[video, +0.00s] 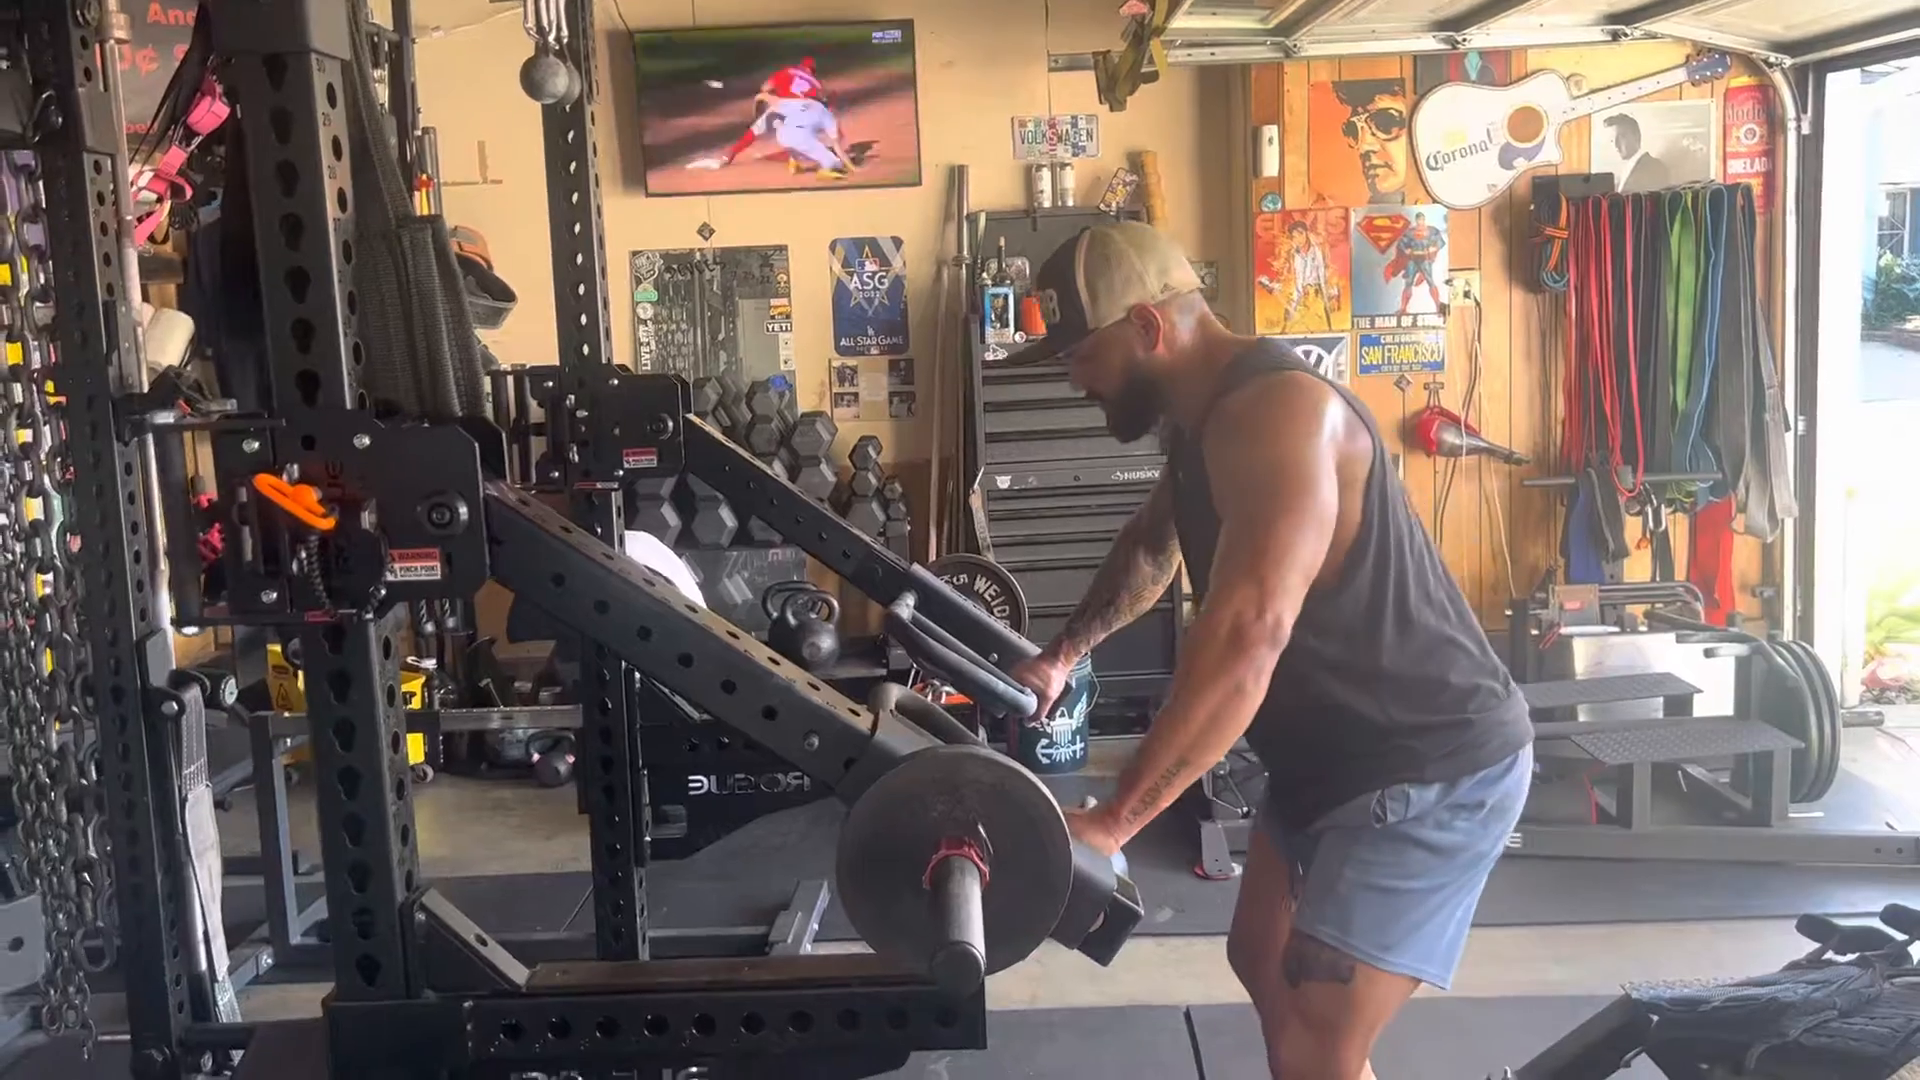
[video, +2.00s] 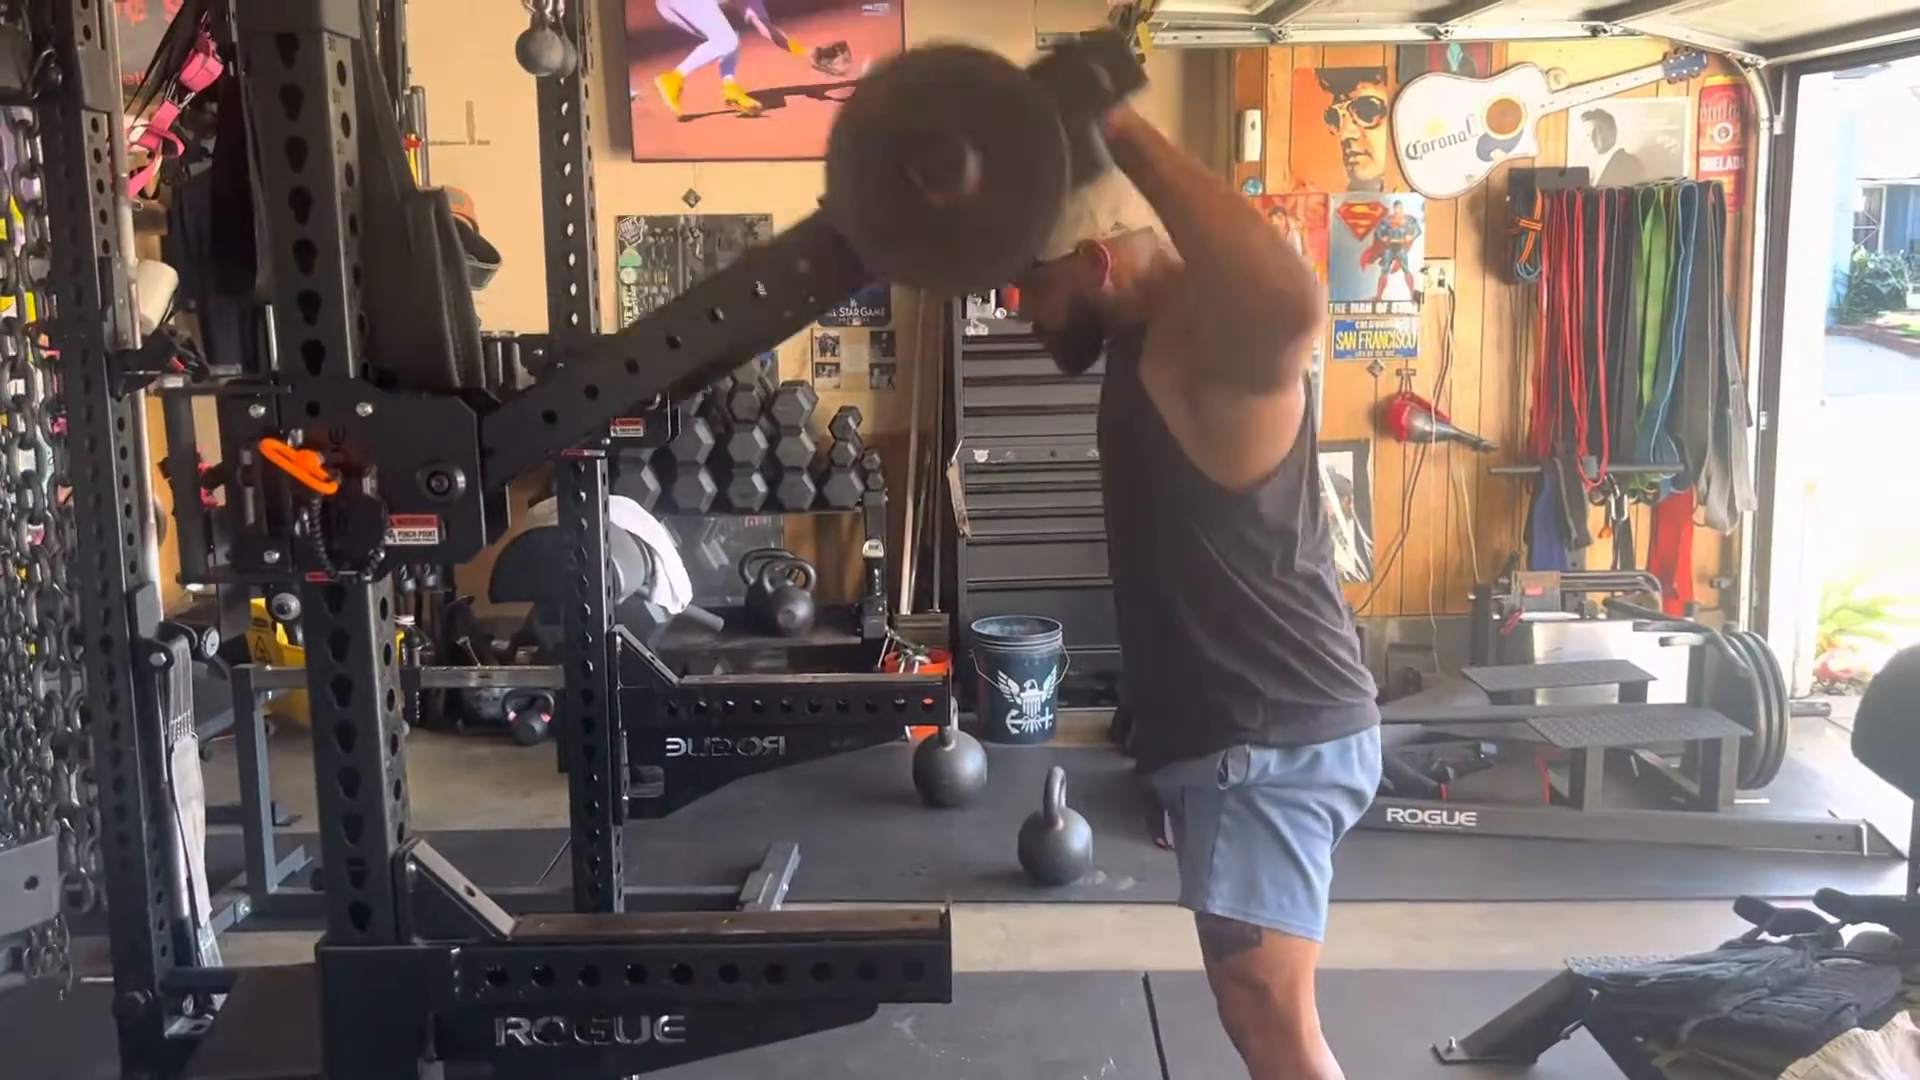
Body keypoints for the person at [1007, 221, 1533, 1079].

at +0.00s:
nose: (1072, 378)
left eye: (1080, 349)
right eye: (1065, 357)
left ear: (1152, 326)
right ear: (1155, 328)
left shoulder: (1277, 407)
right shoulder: (1208, 414)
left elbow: (1250, 629)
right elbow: (1154, 542)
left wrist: (1117, 818)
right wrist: (1063, 655)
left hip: (1428, 764)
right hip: (1332, 757)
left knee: (1319, 1045)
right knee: (1263, 958)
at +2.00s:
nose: (1026, 320)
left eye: (1030, 287)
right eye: (1016, 292)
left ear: (1097, 253)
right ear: (1097, 255)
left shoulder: (1212, 325)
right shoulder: (1153, 335)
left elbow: (1292, 300)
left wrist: (1125, 127)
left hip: (1269, 741)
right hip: (1231, 737)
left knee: (1271, 1019)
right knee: (1263, 1010)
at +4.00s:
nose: (966, 377)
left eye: (974, 350)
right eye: (962, 356)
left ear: (1028, 331)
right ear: (1033, 330)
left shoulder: (1132, 374)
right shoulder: (1087, 400)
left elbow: (1047, 215)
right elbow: (1023, 211)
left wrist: (927, 34)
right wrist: (921, 86)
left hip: (1206, 767)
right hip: (1164, 762)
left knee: (1217, 1025)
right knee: (1206, 1014)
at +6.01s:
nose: (1106, 343)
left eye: (1107, 315)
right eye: (1096, 324)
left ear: (1159, 274)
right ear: (1159, 276)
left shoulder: (1270, 300)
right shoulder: (1226, 335)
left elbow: (1171, 145)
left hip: (1381, 693)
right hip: (1328, 687)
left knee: (1375, 959)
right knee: (1367, 951)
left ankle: (1420, 1068)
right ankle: (1408, 1061)